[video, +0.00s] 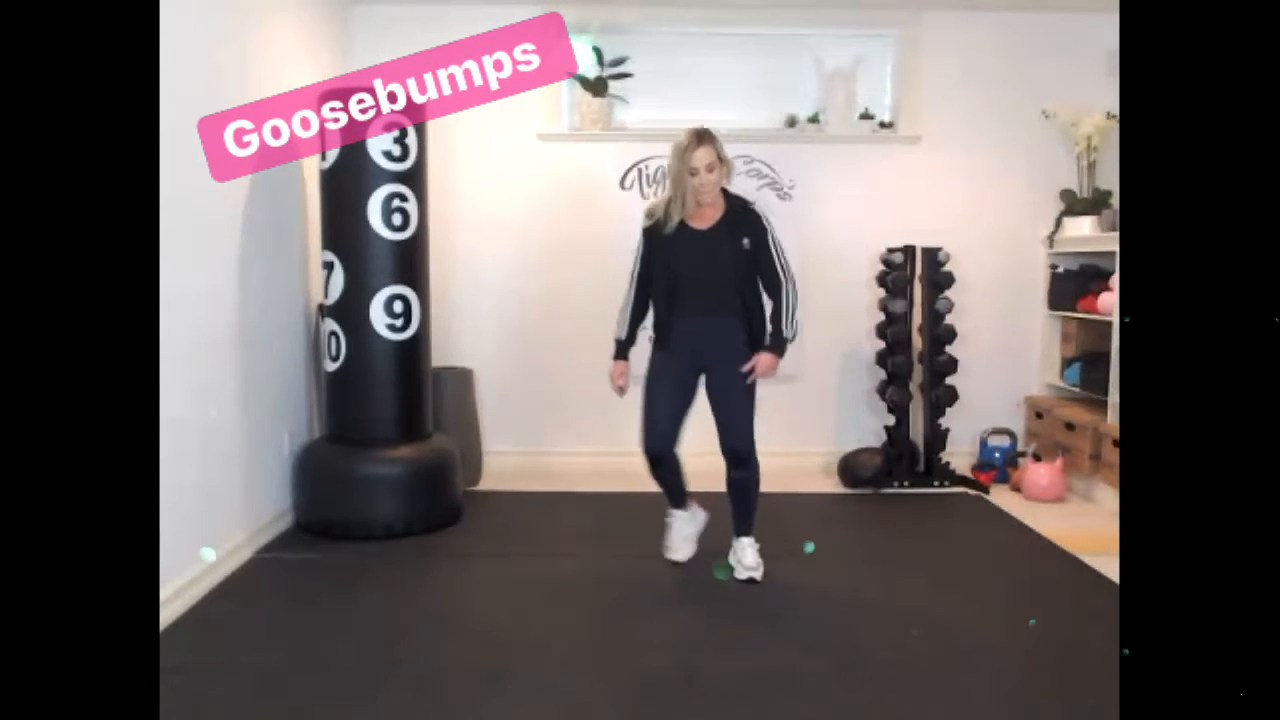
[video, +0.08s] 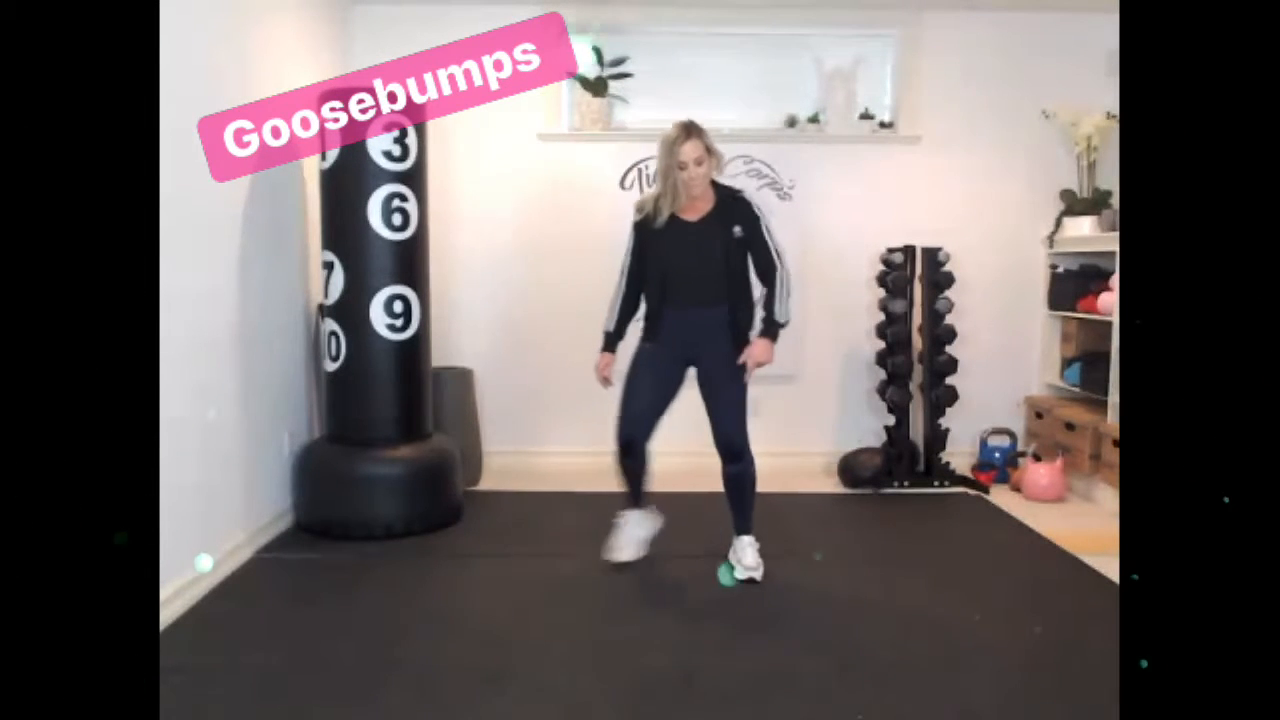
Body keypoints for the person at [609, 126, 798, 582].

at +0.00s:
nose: (705, 178)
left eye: (712, 168)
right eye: (695, 171)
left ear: (723, 168)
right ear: (680, 175)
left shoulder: (746, 218)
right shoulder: (660, 223)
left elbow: (782, 283)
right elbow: (640, 289)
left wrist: (777, 346)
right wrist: (621, 351)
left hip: (732, 347)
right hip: (674, 347)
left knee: (739, 451)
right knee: (656, 445)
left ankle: (744, 540)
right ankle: (683, 512)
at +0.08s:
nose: (694, 171)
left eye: (700, 162)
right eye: (683, 165)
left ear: (712, 160)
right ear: (670, 168)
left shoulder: (736, 207)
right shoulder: (652, 215)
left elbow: (774, 272)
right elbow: (632, 282)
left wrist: (768, 334)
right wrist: (609, 345)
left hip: (721, 341)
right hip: (663, 339)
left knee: (733, 445)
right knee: (630, 434)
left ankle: (744, 539)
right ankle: (638, 512)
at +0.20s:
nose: (679, 176)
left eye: (685, 165)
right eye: (669, 170)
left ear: (697, 162)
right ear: (654, 174)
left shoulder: (723, 213)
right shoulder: (636, 223)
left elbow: (756, 280)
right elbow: (619, 290)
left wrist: (750, 341)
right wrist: (595, 350)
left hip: (709, 343)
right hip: (649, 342)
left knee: (728, 449)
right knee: (610, 439)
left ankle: (743, 540)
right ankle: (578, 527)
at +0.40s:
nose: (634, 189)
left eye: (639, 179)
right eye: (624, 182)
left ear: (648, 180)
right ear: (606, 187)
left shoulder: (667, 234)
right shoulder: (583, 240)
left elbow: (691, 304)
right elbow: (559, 305)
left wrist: (715, 371)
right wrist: (532, 368)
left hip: (658, 361)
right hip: (598, 362)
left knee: (698, 454)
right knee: (563, 458)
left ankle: (739, 539)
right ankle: (541, 540)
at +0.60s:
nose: (601, 170)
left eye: (606, 161)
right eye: (592, 162)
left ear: (611, 162)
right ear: (570, 164)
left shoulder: (623, 211)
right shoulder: (541, 216)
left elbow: (640, 281)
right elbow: (513, 284)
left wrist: (655, 338)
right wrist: (493, 354)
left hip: (627, 334)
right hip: (571, 340)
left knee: (693, 408)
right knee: (557, 448)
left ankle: (718, 503)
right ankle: (539, 540)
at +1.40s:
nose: (640, 177)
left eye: (648, 170)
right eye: (631, 170)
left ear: (661, 182)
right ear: (617, 180)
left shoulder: (675, 239)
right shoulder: (594, 236)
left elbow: (692, 309)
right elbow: (569, 304)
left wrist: (712, 376)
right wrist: (545, 370)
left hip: (663, 360)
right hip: (604, 361)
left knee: (702, 456)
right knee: (574, 461)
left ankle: (728, 543)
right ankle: (541, 540)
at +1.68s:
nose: (700, 145)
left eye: (710, 138)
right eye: (692, 138)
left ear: (726, 149)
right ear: (681, 149)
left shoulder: (741, 200)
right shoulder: (660, 202)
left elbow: (773, 268)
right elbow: (638, 271)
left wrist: (781, 338)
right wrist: (615, 329)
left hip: (715, 328)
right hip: (660, 323)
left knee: (724, 439)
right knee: (587, 375)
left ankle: (734, 539)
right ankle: (574, 485)